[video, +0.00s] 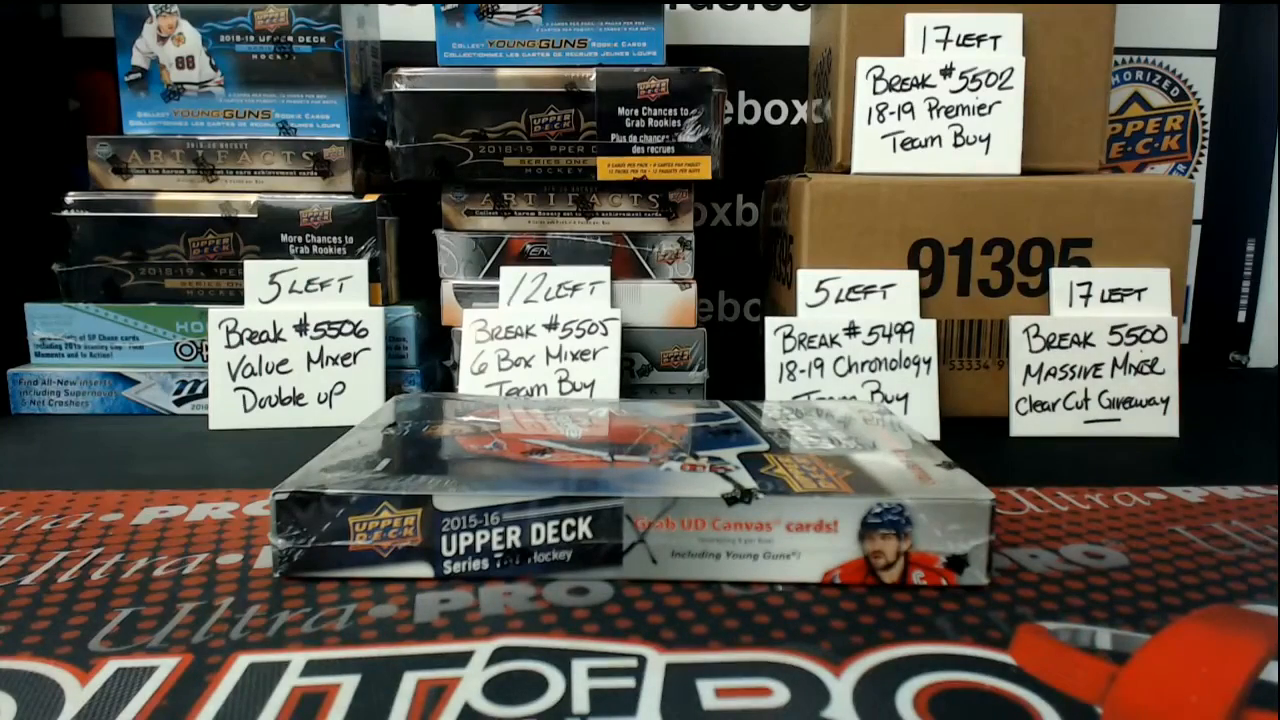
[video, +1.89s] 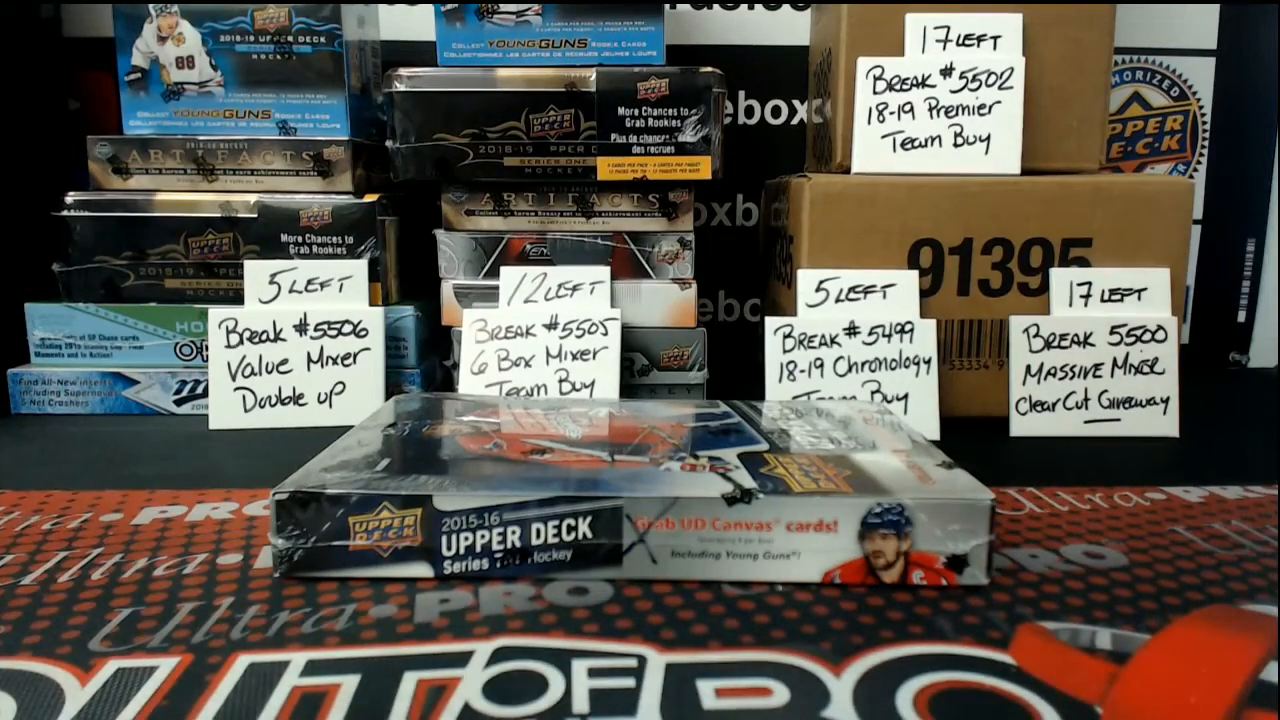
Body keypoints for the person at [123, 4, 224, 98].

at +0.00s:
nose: (170, 22)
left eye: (173, 17)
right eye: (164, 18)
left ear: (178, 17)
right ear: (156, 20)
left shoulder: (186, 35)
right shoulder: (150, 28)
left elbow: (188, 67)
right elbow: (141, 50)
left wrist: (178, 88)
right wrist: (137, 71)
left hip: (208, 84)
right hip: (181, 84)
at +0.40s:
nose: (169, 22)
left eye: (172, 16)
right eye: (163, 17)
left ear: (177, 16)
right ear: (155, 19)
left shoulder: (186, 34)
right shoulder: (149, 28)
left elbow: (188, 66)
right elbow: (141, 49)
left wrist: (179, 87)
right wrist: (137, 70)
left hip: (209, 83)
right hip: (182, 85)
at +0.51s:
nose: (170, 23)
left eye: (173, 17)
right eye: (164, 18)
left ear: (178, 17)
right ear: (156, 20)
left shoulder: (186, 36)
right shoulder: (150, 28)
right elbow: (142, 50)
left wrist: (178, 89)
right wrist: (137, 72)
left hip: (208, 84)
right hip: (181, 84)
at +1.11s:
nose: (170, 22)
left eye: (173, 17)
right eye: (164, 18)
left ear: (178, 17)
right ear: (156, 20)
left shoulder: (186, 36)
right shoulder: (150, 28)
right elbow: (142, 50)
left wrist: (179, 89)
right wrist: (137, 72)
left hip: (209, 84)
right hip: (181, 83)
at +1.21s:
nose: (170, 22)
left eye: (173, 17)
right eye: (164, 17)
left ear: (178, 17)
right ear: (156, 20)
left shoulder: (186, 34)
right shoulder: (150, 29)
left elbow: (188, 65)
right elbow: (142, 50)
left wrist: (180, 87)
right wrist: (137, 73)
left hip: (208, 83)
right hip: (181, 84)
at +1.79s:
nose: (170, 22)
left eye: (173, 17)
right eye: (164, 18)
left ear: (178, 17)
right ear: (156, 20)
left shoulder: (186, 35)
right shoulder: (150, 28)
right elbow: (141, 50)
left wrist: (179, 89)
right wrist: (137, 74)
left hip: (209, 84)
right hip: (181, 85)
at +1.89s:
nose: (170, 22)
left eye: (173, 17)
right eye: (164, 18)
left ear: (178, 17)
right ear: (156, 20)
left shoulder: (186, 35)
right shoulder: (150, 28)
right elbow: (141, 50)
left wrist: (179, 89)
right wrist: (137, 74)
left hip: (209, 84)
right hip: (181, 85)